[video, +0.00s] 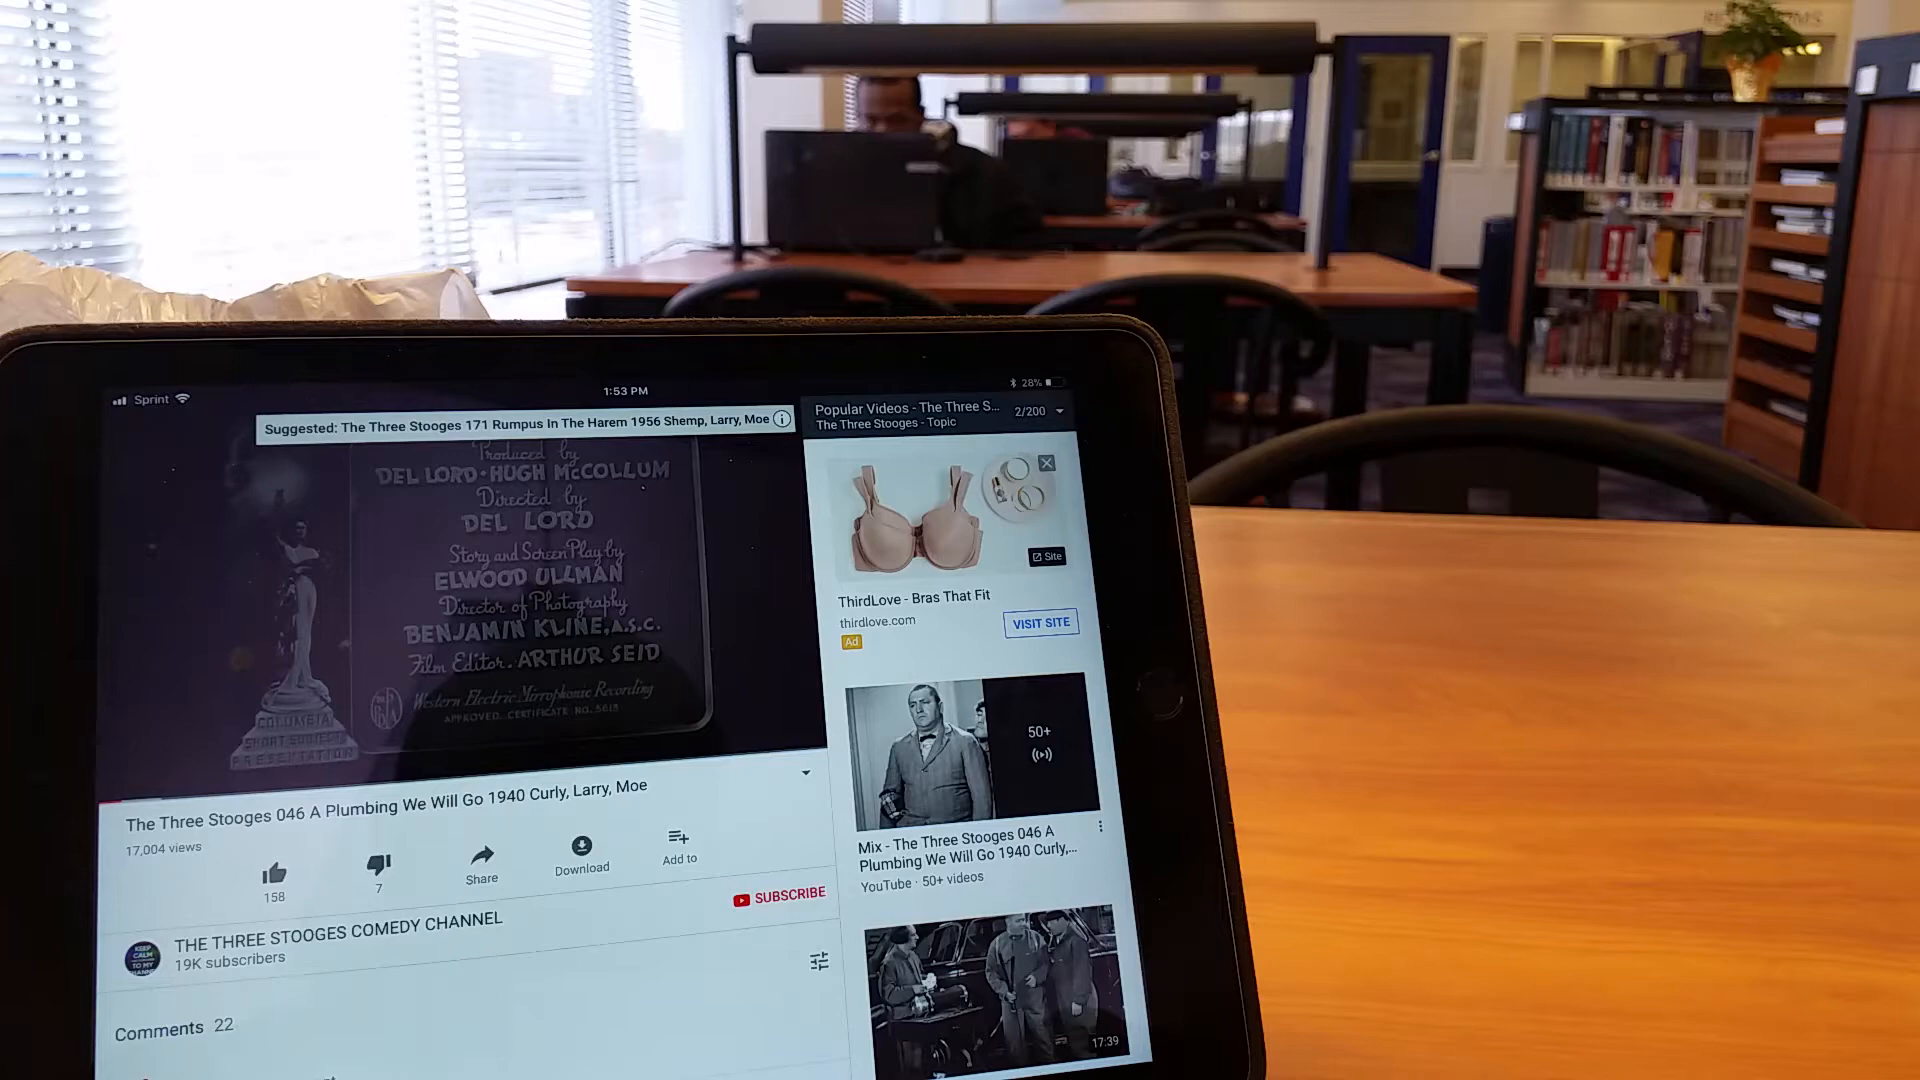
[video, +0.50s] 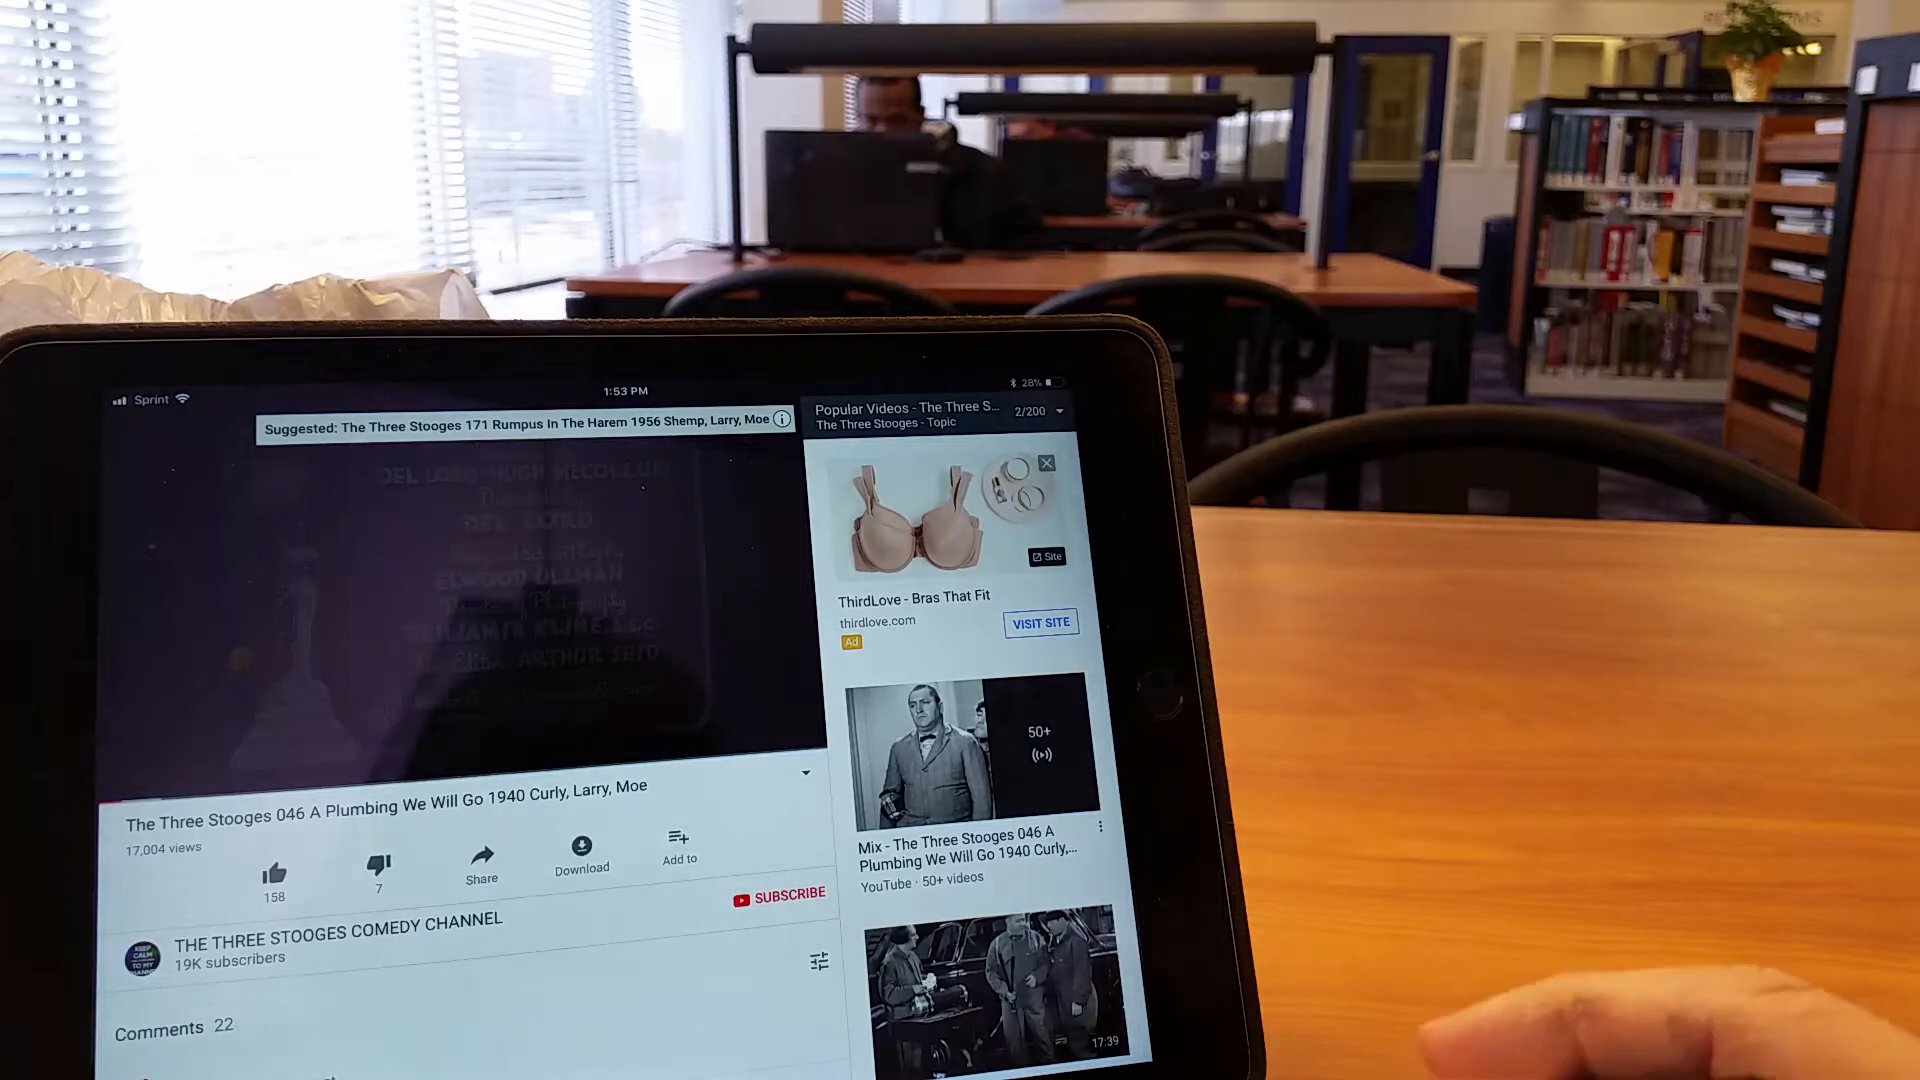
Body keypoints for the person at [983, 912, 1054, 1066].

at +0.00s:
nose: (1023, 924)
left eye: (1024, 920)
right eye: (1019, 921)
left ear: (1027, 921)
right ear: (1008, 923)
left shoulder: (1036, 939)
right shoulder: (997, 944)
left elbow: (1045, 963)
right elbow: (990, 972)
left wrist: (1036, 977)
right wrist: (1004, 991)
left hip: (1033, 998)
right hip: (1010, 1000)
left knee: (1041, 1037)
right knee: (1014, 1041)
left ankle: (1048, 1068)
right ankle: (1019, 1072)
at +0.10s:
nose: (1023, 924)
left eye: (1024, 920)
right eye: (1019, 921)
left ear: (1027, 920)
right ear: (1008, 923)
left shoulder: (1036, 939)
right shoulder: (997, 944)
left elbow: (1045, 963)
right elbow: (990, 972)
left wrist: (1036, 977)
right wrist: (1004, 991)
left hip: (1033, 998)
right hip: (1010, 1000)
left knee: (1041, 1037)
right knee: (1014, 1041)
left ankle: (1048, 1068)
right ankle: (1018, 1072)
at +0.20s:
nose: (1023, 924)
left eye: (1024, 920)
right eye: (1019, 921)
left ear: (1027, 921)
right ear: (1008, 923)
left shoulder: (1036, 939)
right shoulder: (997, 944)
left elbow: (1045, 963)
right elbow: (990, 971)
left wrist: (1036, 977)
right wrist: (1004, 991)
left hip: (1033, 997)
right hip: (1009, 1000)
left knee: (1041, 1036)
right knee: (1013, 1040)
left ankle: (1048, 1068)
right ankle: (1019, 1071)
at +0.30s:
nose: (1023, 924)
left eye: (1024, 920)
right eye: (1019, 921)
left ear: (1027, 921)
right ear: (1008, 923)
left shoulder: (1036, 939)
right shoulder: (997, 944)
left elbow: (1045, 963)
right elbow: (990, 972)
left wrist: (1036, 977)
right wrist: (1004, 991)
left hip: (1033, 998)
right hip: (1010, 1000)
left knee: (1040, 1036)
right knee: (1013, 1041)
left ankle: (1048, 1068)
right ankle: (1019, 1072)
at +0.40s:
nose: (1023, 924)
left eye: (1024, 920)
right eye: (1019, 921)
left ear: (1027, 921)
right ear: (1008, 923)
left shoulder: (1036, 939)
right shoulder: (997, 944)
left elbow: (1045, 963)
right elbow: (990, 971)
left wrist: (1036, 977)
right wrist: (1004, 991)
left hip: (1033, 998)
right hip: (1010, 1000)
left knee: (1040, 1036)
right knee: (1013, 1041)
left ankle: (1048, 1068)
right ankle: (1019, 1072)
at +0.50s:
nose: (1023, 924)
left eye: (1024, 920)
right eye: (1018, 921)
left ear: (1027, 921)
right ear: (1008, 923)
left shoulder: (1036, 939)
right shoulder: (997, 944)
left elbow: (1045, 963)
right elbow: (990, 972)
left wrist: (1036, 977)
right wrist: (1004, 991)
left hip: (1033, 998)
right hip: (1010, 1000)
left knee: (1040, 1036)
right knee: (1013, 1041)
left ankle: (1047, 1067)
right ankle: (1018, 1071)